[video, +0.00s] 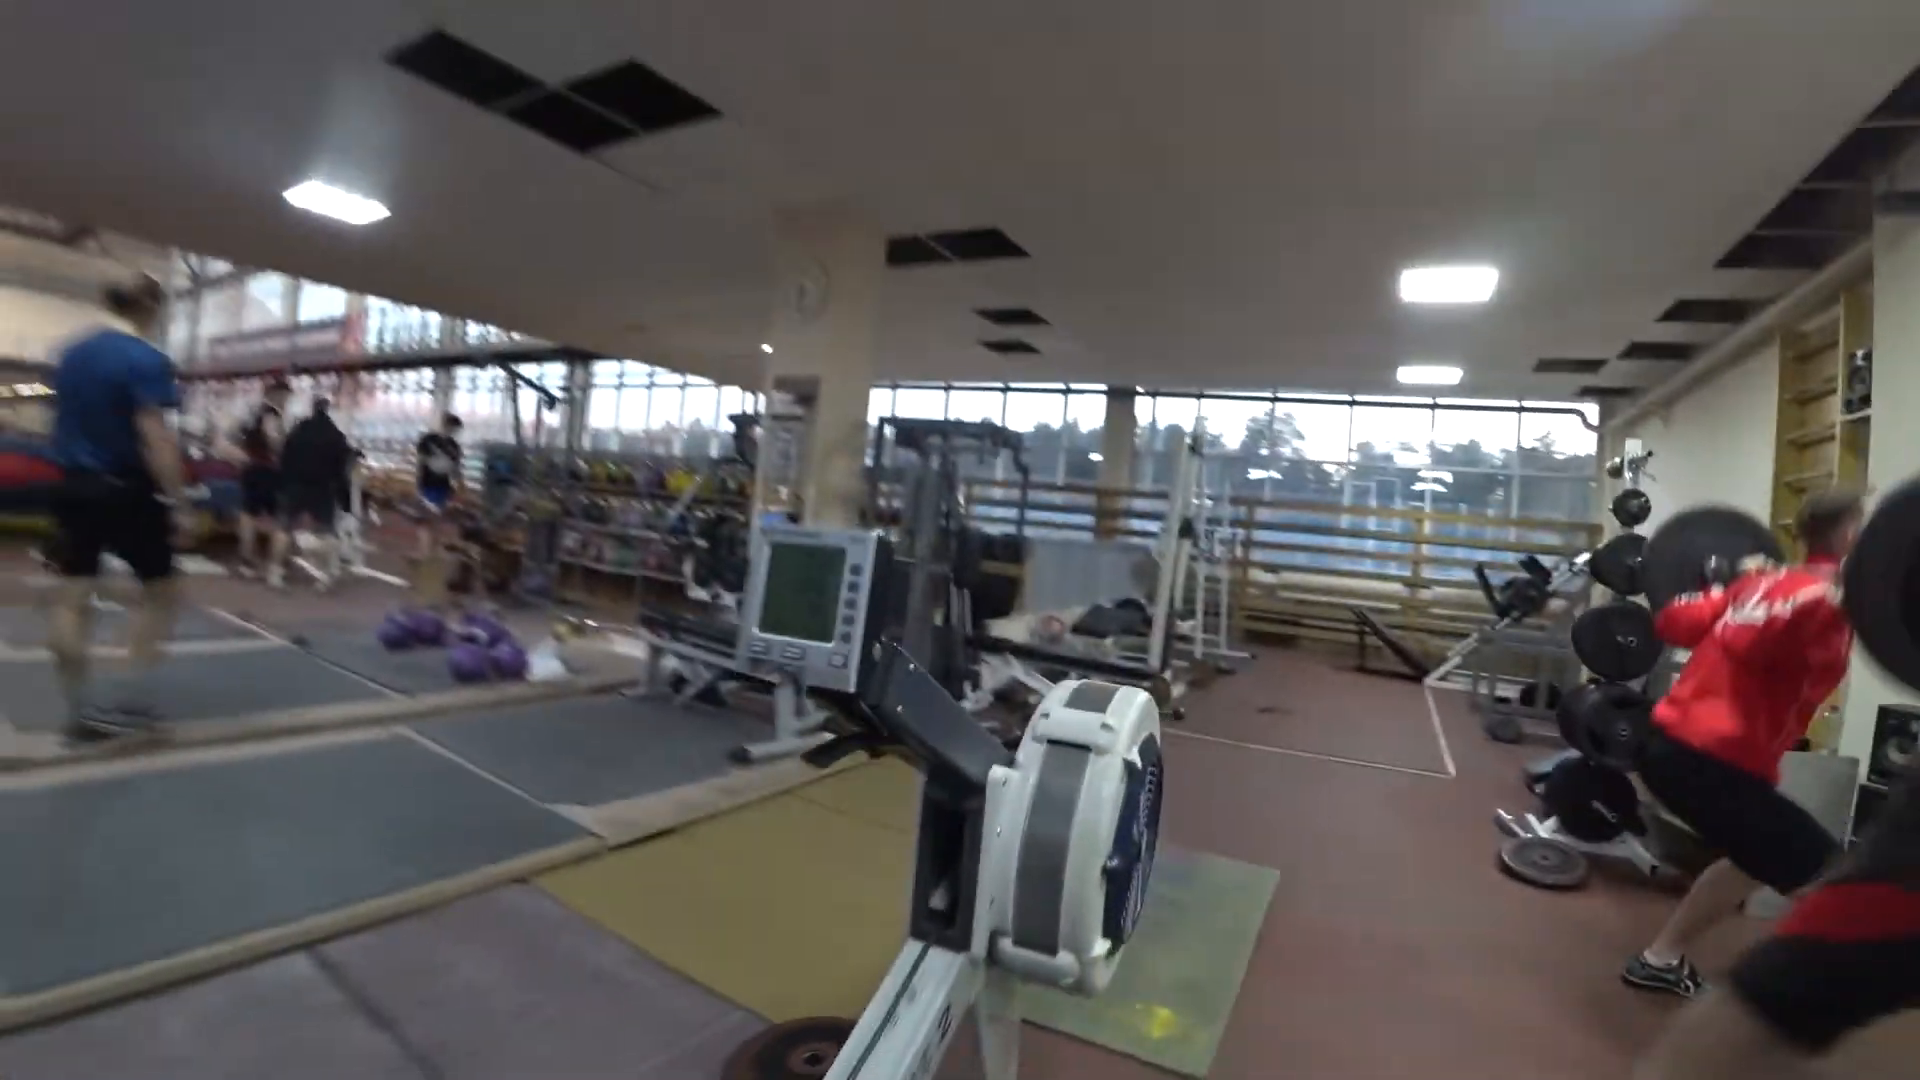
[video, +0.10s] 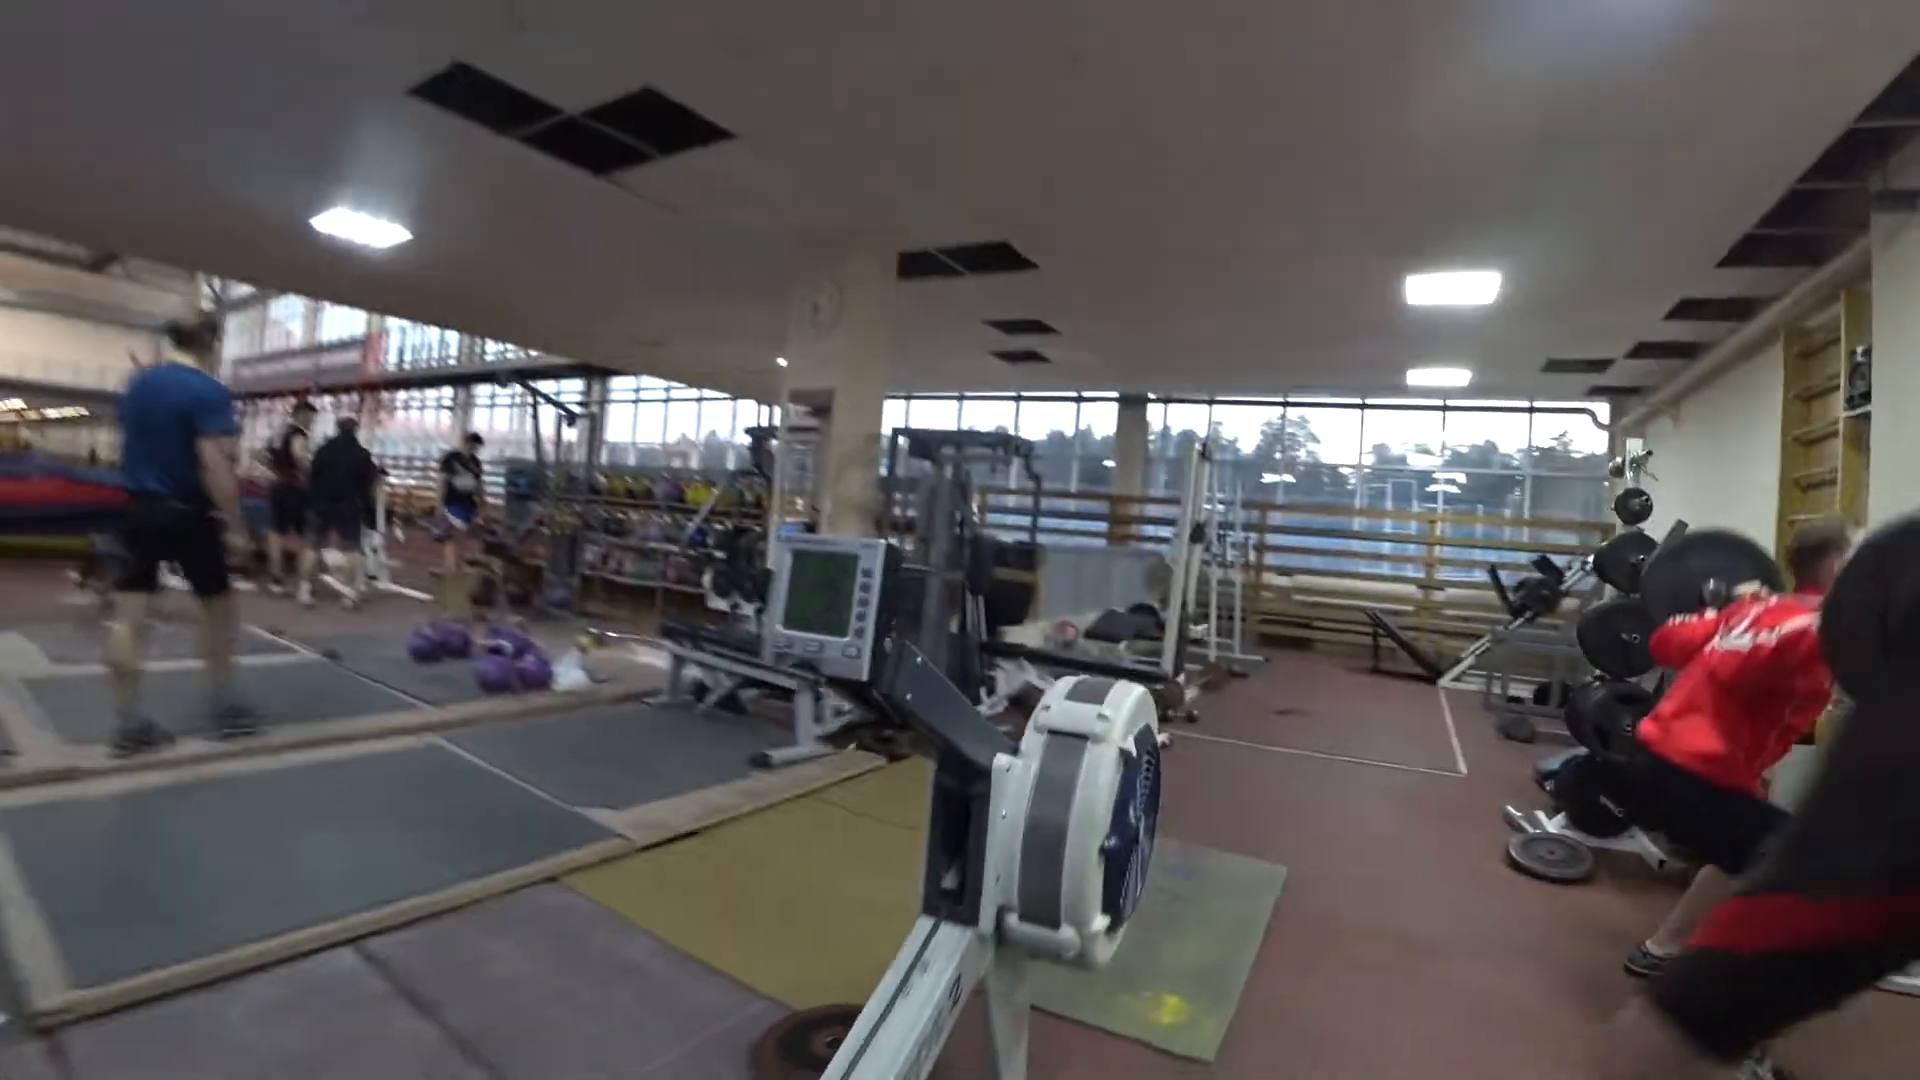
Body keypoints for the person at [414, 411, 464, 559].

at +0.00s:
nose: (451, 431)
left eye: (454, 428)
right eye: (450, 427)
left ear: (455, 429)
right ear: (444, 425)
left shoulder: (453, 446)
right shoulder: (427, 441)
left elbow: (456, 470)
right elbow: (420, 464)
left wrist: (460, 488)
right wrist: (418, 485)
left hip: (443, 487)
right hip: (426, 485)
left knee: (437, 518)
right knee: (425, 518)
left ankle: (435, 551)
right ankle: (425, 552)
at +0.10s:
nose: (472, 449)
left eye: (475, 446)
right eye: (470, 445)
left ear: (477, 447)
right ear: (464, 442)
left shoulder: (475, 462)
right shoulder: (450, 459)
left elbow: (478, 486)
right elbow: (442, 483)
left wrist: (481, 505)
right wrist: (439, 506)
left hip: (468, 503)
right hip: (451, 501)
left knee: (459, 535)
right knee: (452, 535)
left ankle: (452, 567)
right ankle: (452, 568)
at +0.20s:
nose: (493, 457)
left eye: (495, 454)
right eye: (491, 453)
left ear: (496, 454)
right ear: (484, 450)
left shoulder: (494, 469)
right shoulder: (469, 467)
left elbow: (497, 494)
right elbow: (463, 492)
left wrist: (499, 515)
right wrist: (459, 515)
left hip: (489, 510)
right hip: (473, 509)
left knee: (481, 542)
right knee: (476, 542)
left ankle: (474, 573)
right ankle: (472, 574)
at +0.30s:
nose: (515, 449)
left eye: (518, 447)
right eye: (514, 446)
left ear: (519, 447)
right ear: (508, 442)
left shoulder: (516, 461)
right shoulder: (494, 458)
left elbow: (518, 484)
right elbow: (483, 484)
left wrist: (519, 503)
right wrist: (481, 510)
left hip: (512, 501)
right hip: (495, 500)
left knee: (510, 529)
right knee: (504, 526)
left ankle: (503, 557)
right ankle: (494, 559)